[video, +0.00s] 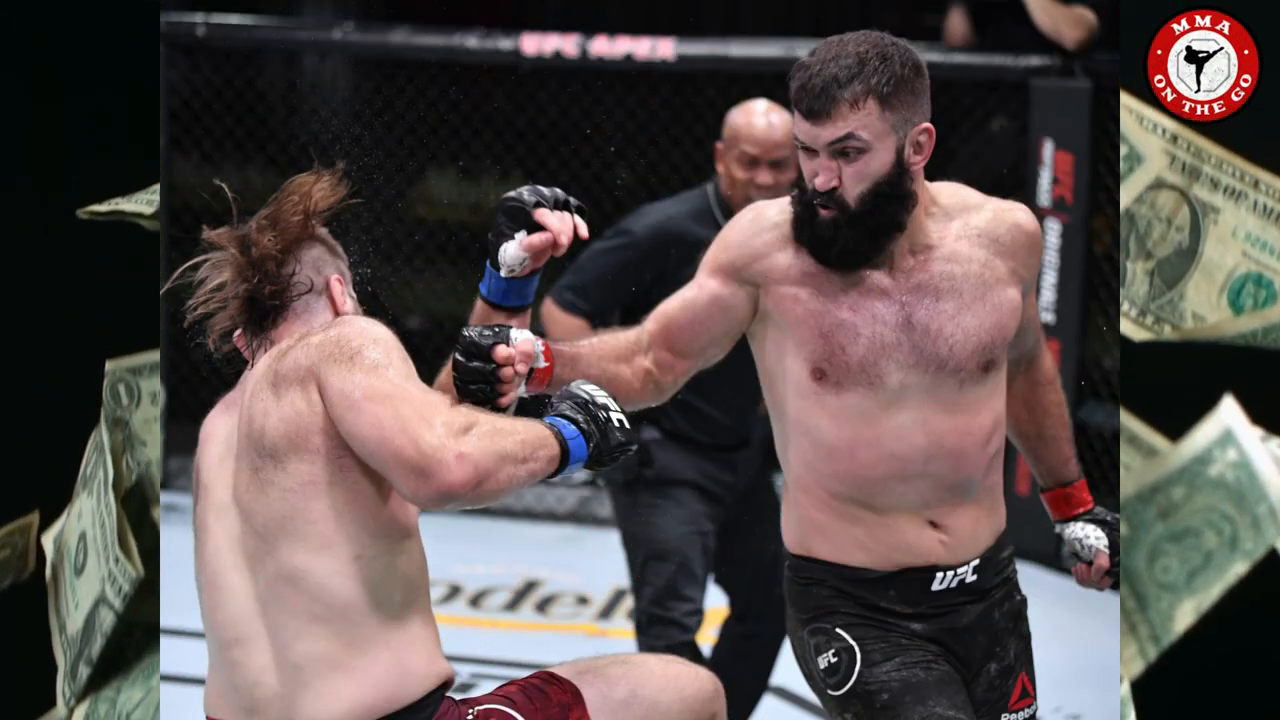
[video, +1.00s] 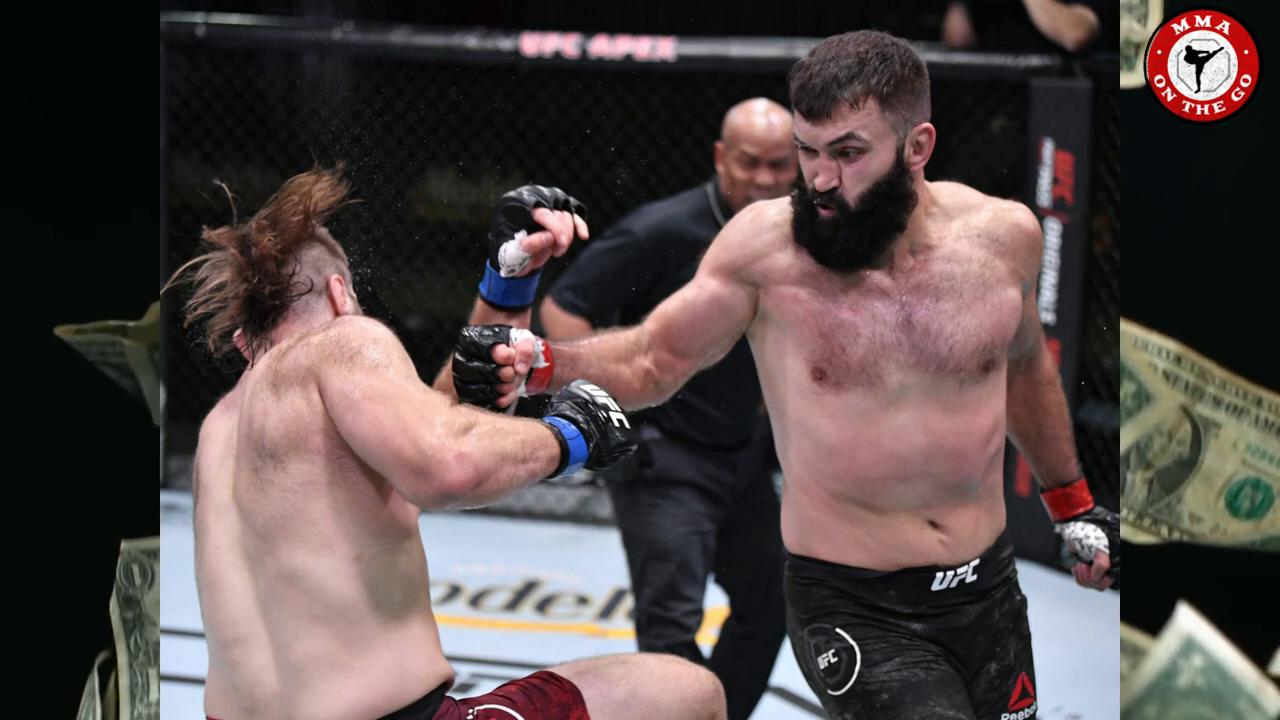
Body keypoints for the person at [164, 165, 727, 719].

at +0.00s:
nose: (363, 308)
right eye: (356, 290)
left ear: (243, 346)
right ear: (340, 290)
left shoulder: (217, 427)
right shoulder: (344, 346)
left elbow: (444, 429)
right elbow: (446, 466)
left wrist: (508, 283)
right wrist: (576, 430)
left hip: (239, 712)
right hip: (396, 708)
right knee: (691, 687)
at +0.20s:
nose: (364, 307)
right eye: (356, 290)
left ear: (242, 344)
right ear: (340, 291)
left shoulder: (217, 427)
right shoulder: (344, 346)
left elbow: (443, 431)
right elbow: (446, 467)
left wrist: (508, 284)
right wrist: (576, 432)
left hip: (240, 714)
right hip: (395, 709)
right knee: (691, 688)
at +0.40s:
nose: (362, 307)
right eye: (355, 289)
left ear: (243, 345)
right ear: (340, 290)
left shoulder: (217, 427)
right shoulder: (344, 346)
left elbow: (443, 431)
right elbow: (446, 467)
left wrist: (508, 284)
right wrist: (576, 431)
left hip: (239, 713)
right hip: (396, 709)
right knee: (691, 687)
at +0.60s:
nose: (363, 308)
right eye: (356, 290)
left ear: (243, 346)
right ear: (340, 290)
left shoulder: (217, 428)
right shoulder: (344, 346)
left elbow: (444, 429)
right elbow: (446, 466)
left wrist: (508, 283)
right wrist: (576, 430)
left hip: (238, 713)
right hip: (396, 708)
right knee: (691, 687)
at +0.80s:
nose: (363, 308)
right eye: (355, 290)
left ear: (243, 345)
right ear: (340, 291)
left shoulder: (216, 428)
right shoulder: (343, 347)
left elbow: (446, 427)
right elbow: (447, 467)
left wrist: (508, 283)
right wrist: (577, 430)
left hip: (238, 713)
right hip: (396, 709)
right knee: (691, 687)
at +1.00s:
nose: (364, 309)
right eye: (357, 292)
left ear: (242, 343)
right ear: (339, 292)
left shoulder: (217, 426)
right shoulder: (343, 346)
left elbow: (445, 427)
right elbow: (447, 467)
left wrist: (508, 283)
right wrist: (576, 430)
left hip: (238, 713)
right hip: (395, 709)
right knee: (691, 687)